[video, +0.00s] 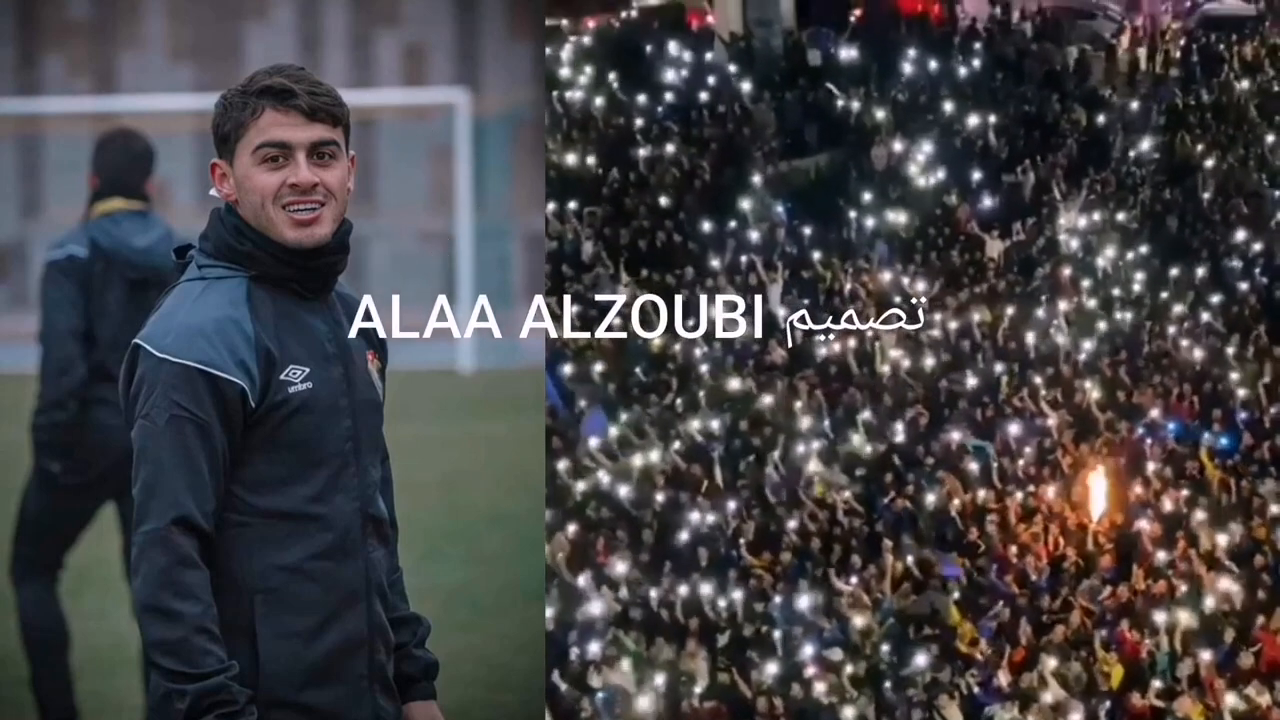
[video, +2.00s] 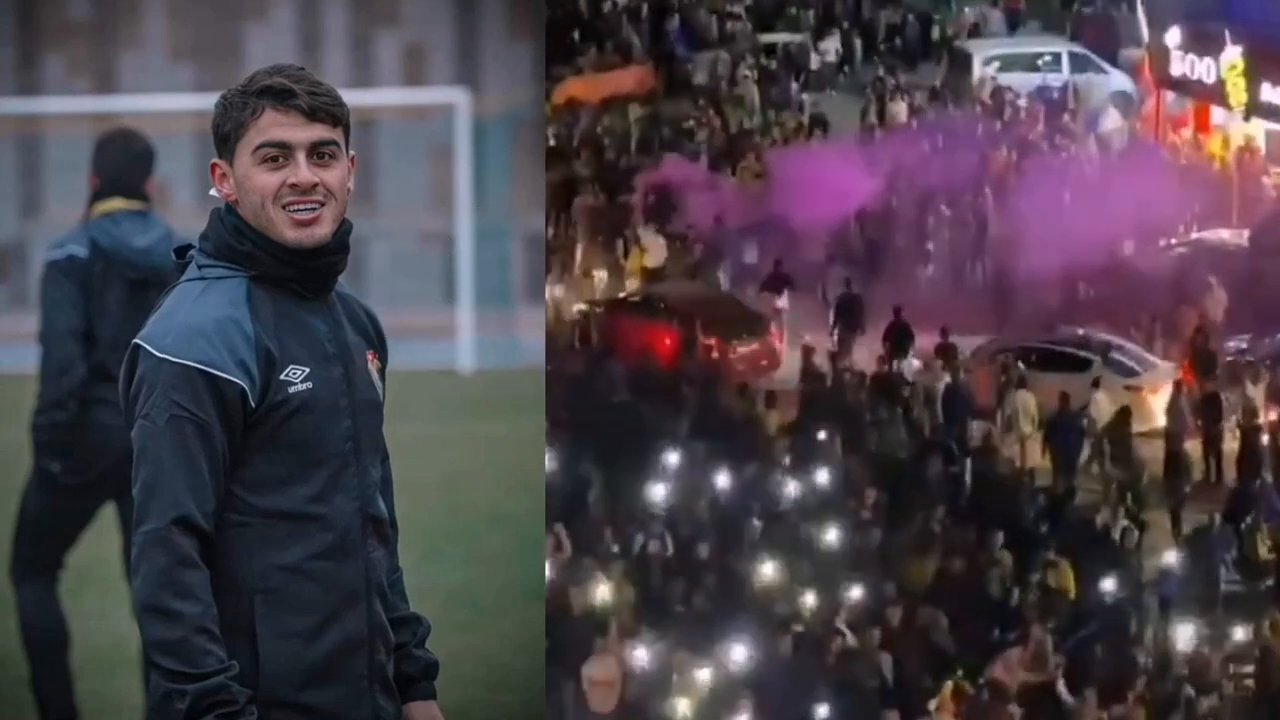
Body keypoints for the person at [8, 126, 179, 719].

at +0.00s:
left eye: (94, 173)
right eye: (149, 178)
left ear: (94, 180)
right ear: (152, 185)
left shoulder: (73, 253)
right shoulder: (178, 254)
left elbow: (65, 361)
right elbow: (190, 351)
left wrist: (51, 440)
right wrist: (175, 429)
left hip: (88, 448)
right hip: (158, 447)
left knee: (34, 569)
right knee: (157, 580)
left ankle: (57, 708)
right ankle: (167, 705)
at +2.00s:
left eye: (93, 173)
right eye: (150, 178)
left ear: (94, 180)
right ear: (152, 185)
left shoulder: (73, 253)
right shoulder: (178, 254)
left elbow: (65, 362)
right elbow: (190, 351)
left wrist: (51, 440)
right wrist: (174, 428)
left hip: (88, 448)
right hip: (158, 447)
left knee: (34, 569)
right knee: (156, 580)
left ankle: (57, 709)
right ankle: (167, 706)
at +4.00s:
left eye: (93, 173)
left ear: (94, 180)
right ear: (152, 185)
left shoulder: (74, 253)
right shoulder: (178, 254)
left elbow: (65, 361)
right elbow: (190, 351)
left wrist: (51, 438)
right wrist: (174, 427)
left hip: (88, 447)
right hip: (158, 446)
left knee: (34, 569)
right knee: (157, 580)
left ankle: (57, 708)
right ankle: (167, 705)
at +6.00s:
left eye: (92, 173)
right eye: (150, 178)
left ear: (94, 180)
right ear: (152, 185)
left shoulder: (73, 254)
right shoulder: (178, 255)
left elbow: (65, 363)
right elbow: (191, 352)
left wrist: (51, 442)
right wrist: (175, 429)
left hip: (87, 449)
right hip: (158, 448)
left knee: (34, 570)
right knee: (157, 580)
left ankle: (57, 707)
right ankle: (167, 704)